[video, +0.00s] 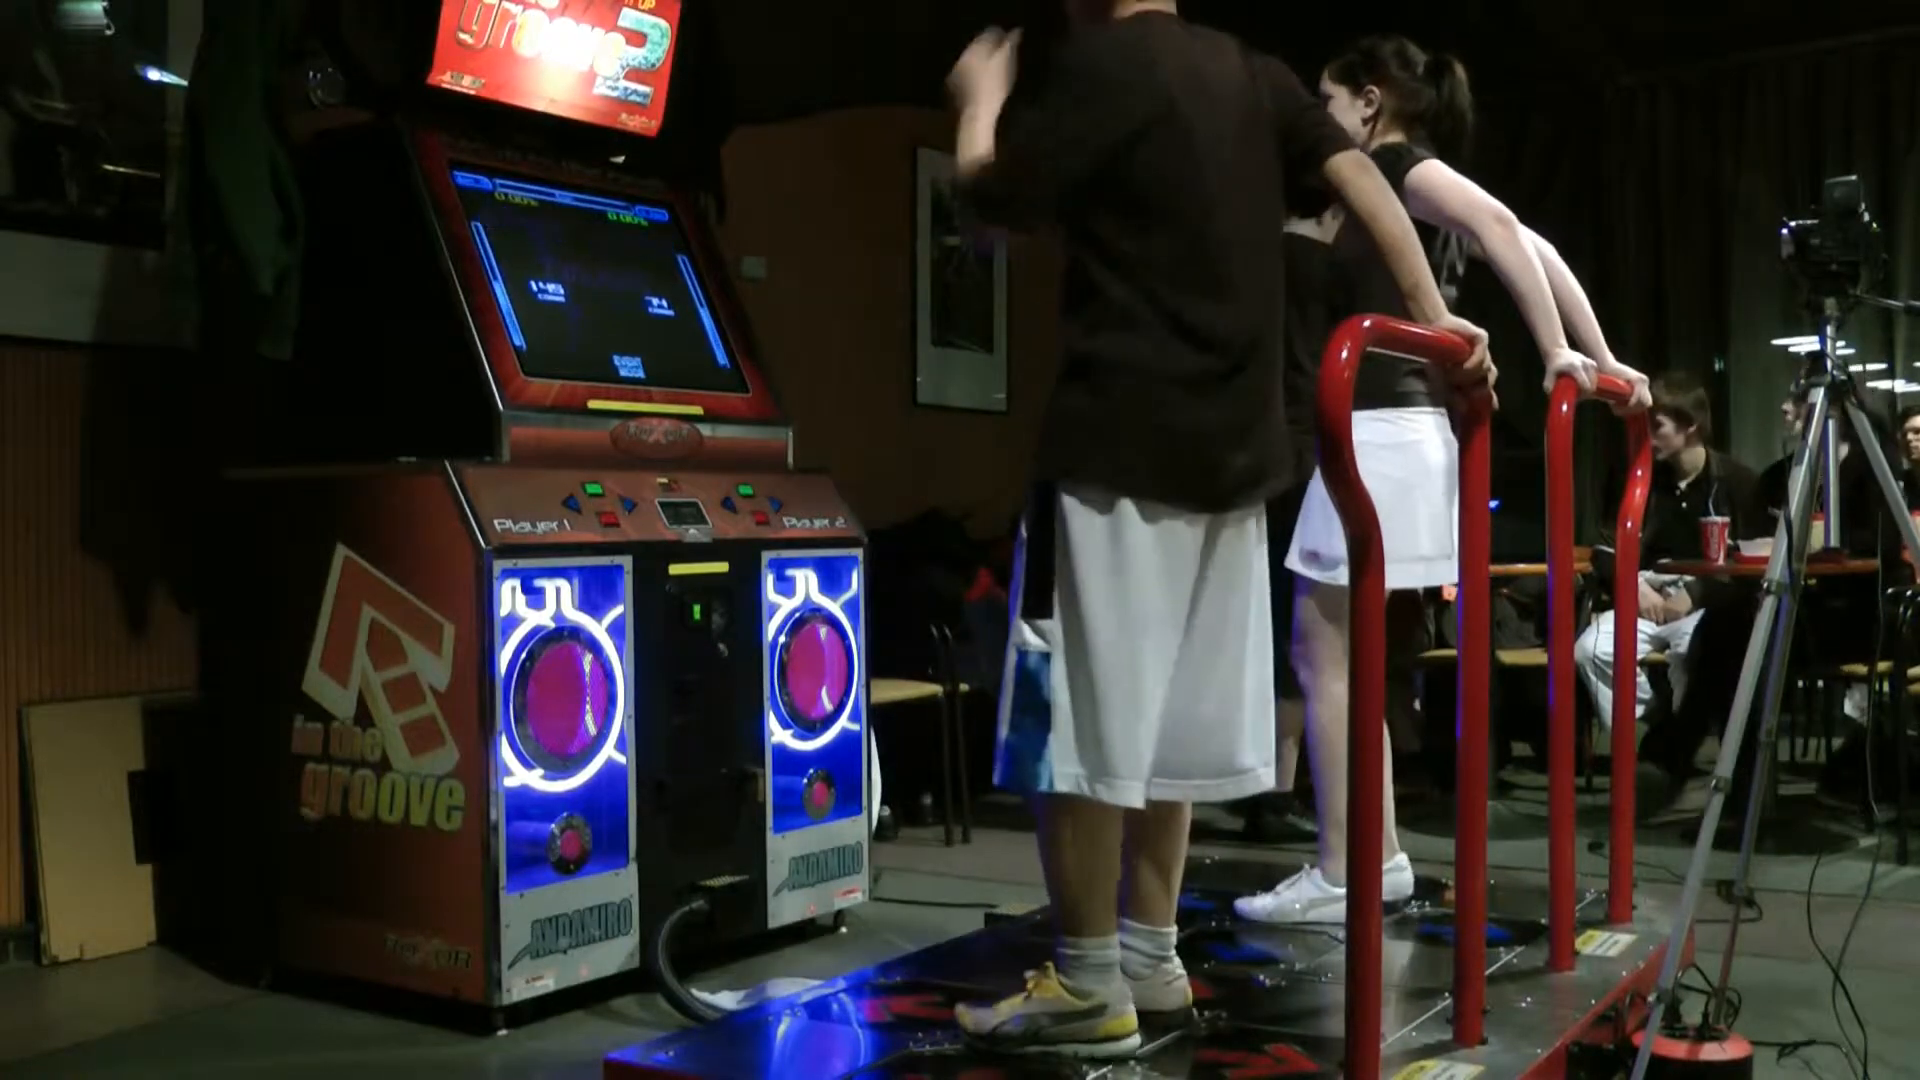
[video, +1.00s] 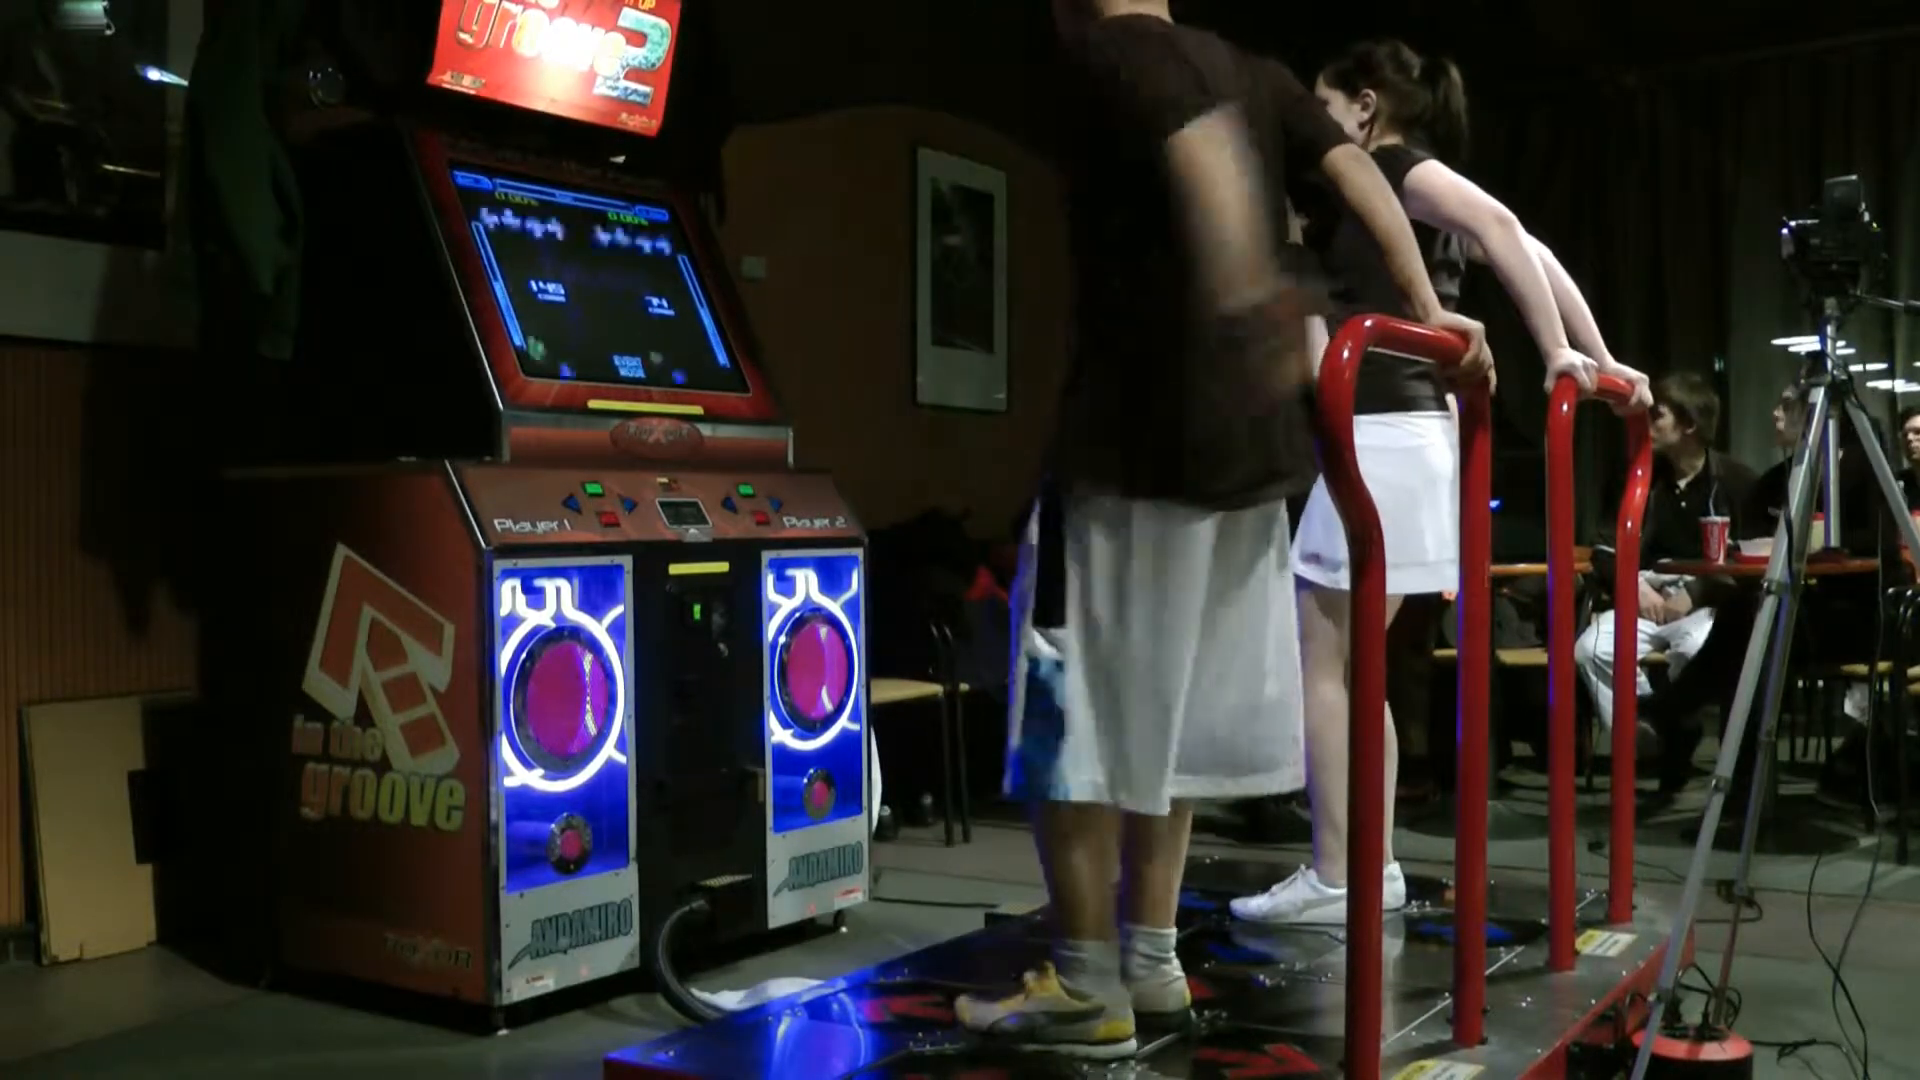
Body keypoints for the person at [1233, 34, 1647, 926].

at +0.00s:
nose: (1322, 114)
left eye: (1332, 99)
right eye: (1323, 101)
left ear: (1375, 101)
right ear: (1396, 108)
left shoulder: (1394, 168)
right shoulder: (1404, 175)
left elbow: (1503, 230)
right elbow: (1543, 254)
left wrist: (1556, 351)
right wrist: (1603, 356)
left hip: (1375, 436)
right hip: (1399, 435)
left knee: (1325, 654)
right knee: (1345, 655)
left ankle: (1338, 872)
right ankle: (1380, 855)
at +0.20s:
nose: (1323, 123)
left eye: (1331, 107)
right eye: (1324, 109)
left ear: (1370, 108)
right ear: (1402, 115)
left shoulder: (1389, 172)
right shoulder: (1410, 180)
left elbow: (1502, 231)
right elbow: (1542, 256)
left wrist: (1557, 351)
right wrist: (1603, 357)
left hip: (1375, 450)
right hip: (1413, 451)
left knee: (1308, 664)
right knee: (1355, 675)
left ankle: (1335, 872)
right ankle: (1373, 871)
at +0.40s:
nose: (1323, 122)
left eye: (1333, 106)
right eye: (1325, 108)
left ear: (1372, 105)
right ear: (1400, 112)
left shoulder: (1396, 172)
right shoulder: (1419, 183)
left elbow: (1502, 231)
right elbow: (1542, 254)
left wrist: (1557, 351)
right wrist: (1602, 357)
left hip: (1378, 450)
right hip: (1422, 453)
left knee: (1291, 653)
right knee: (1354, 672)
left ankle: (1332, 862)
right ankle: (1375, 869)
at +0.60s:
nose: (1320, 123)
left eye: (1329, 107)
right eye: (1321, 109)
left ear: (1369, 108)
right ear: (1396, 114)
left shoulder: (1391, 173)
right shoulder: (1404, 182)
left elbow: (1502, 233)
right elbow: (1541, 256)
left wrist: (1556, 351)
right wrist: (1601, 357)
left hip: (1369, 448)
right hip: (1411, 448)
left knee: (1303, 662)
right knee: (1350, 672)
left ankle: (1332, 874)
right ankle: (1373, 869)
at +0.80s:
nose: (1319, 119)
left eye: (1329, 103)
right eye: (1320, 105)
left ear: (1372, 104)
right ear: (1393, 111)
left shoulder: (1391, 169)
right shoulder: (1407, 178)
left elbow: (1498, 230)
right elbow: (1537, 259)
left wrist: (1555, 350)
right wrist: (1602, 357)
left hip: (1368, 442)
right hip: (1407, 443)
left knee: (1311, 662)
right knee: (1354, 670)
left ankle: (1333, 875)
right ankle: (1374, 873)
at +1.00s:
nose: (1318, 120)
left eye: (1327, 104)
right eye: (1319, 106)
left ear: (1370, 104)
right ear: (1395, 110)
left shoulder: (1390, 170)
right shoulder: (1409, 176)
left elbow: (1502, 232)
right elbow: (1537, 256)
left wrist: (1557, 350)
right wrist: (1600, 355)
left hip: (1368, 445)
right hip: (1411, 447)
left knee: (1320, 666)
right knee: (1358, 668)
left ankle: (1333, 876)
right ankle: (1375, 872)